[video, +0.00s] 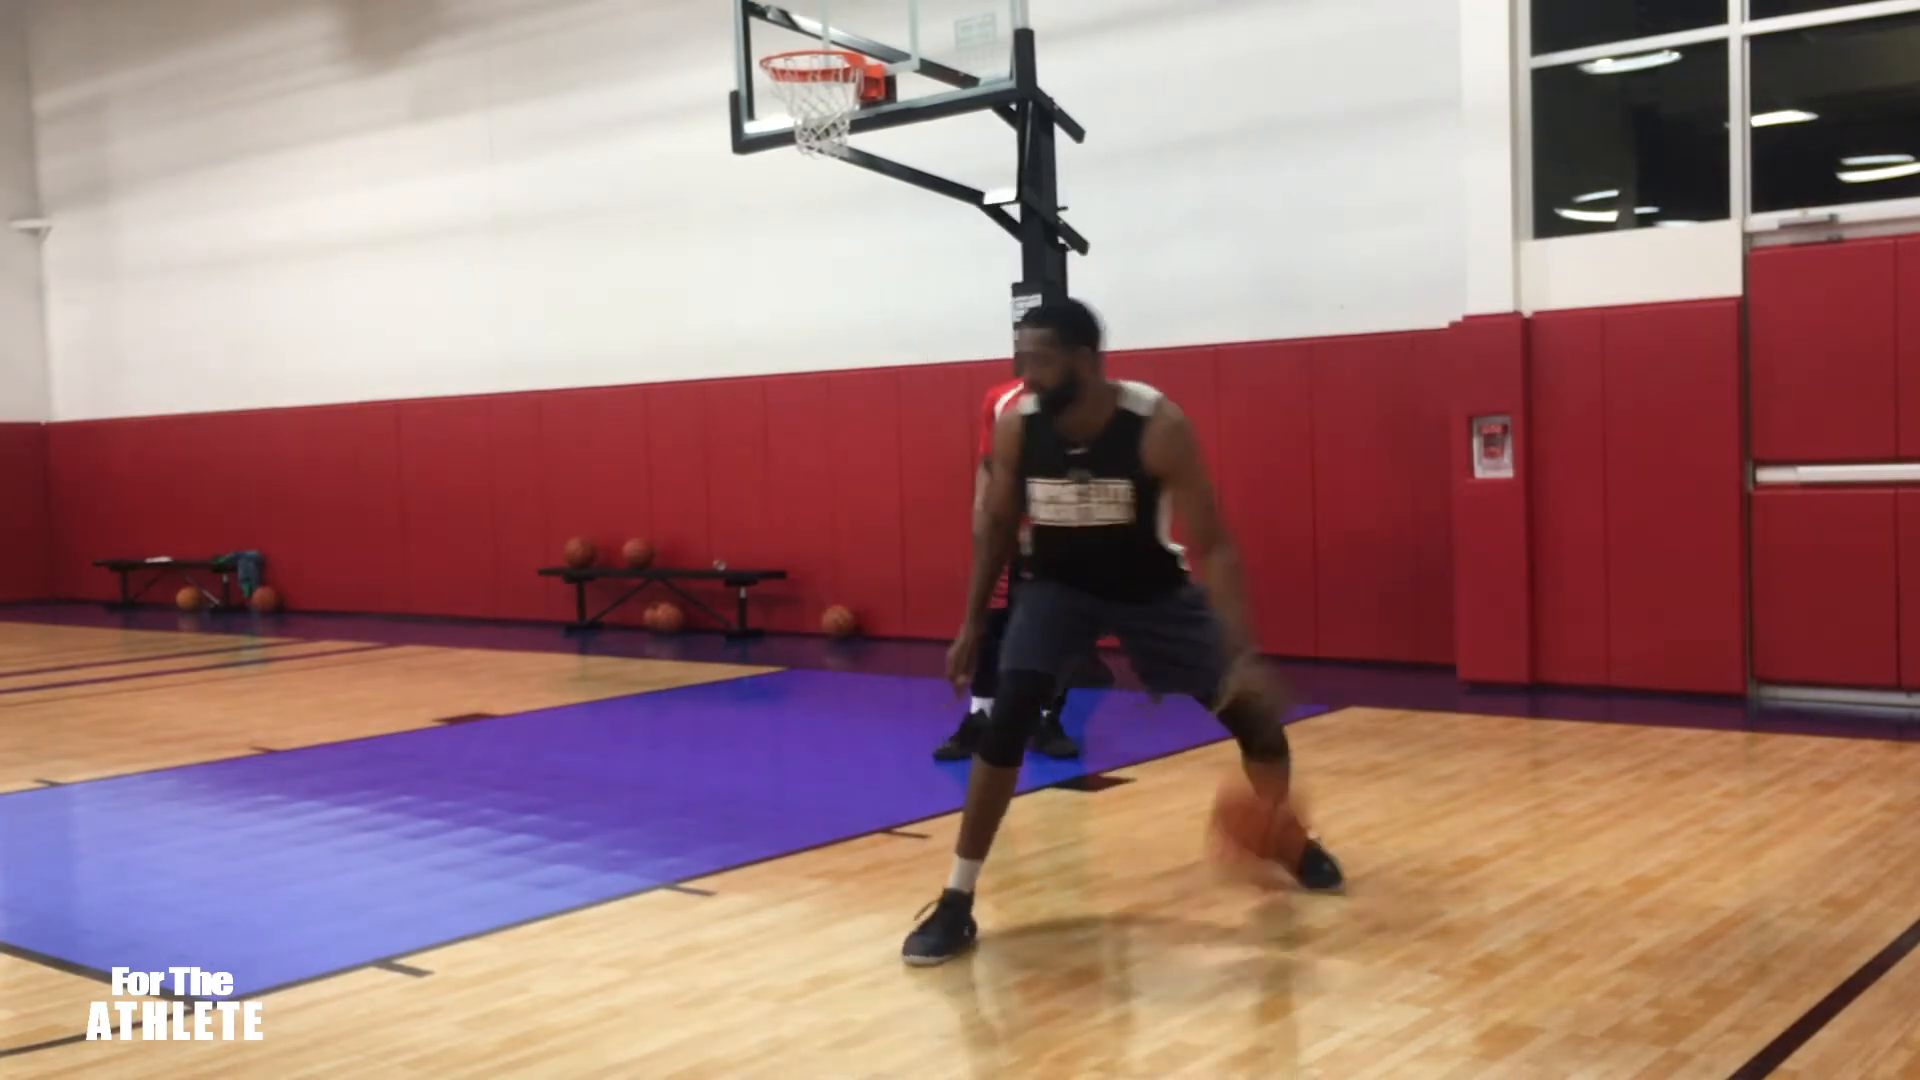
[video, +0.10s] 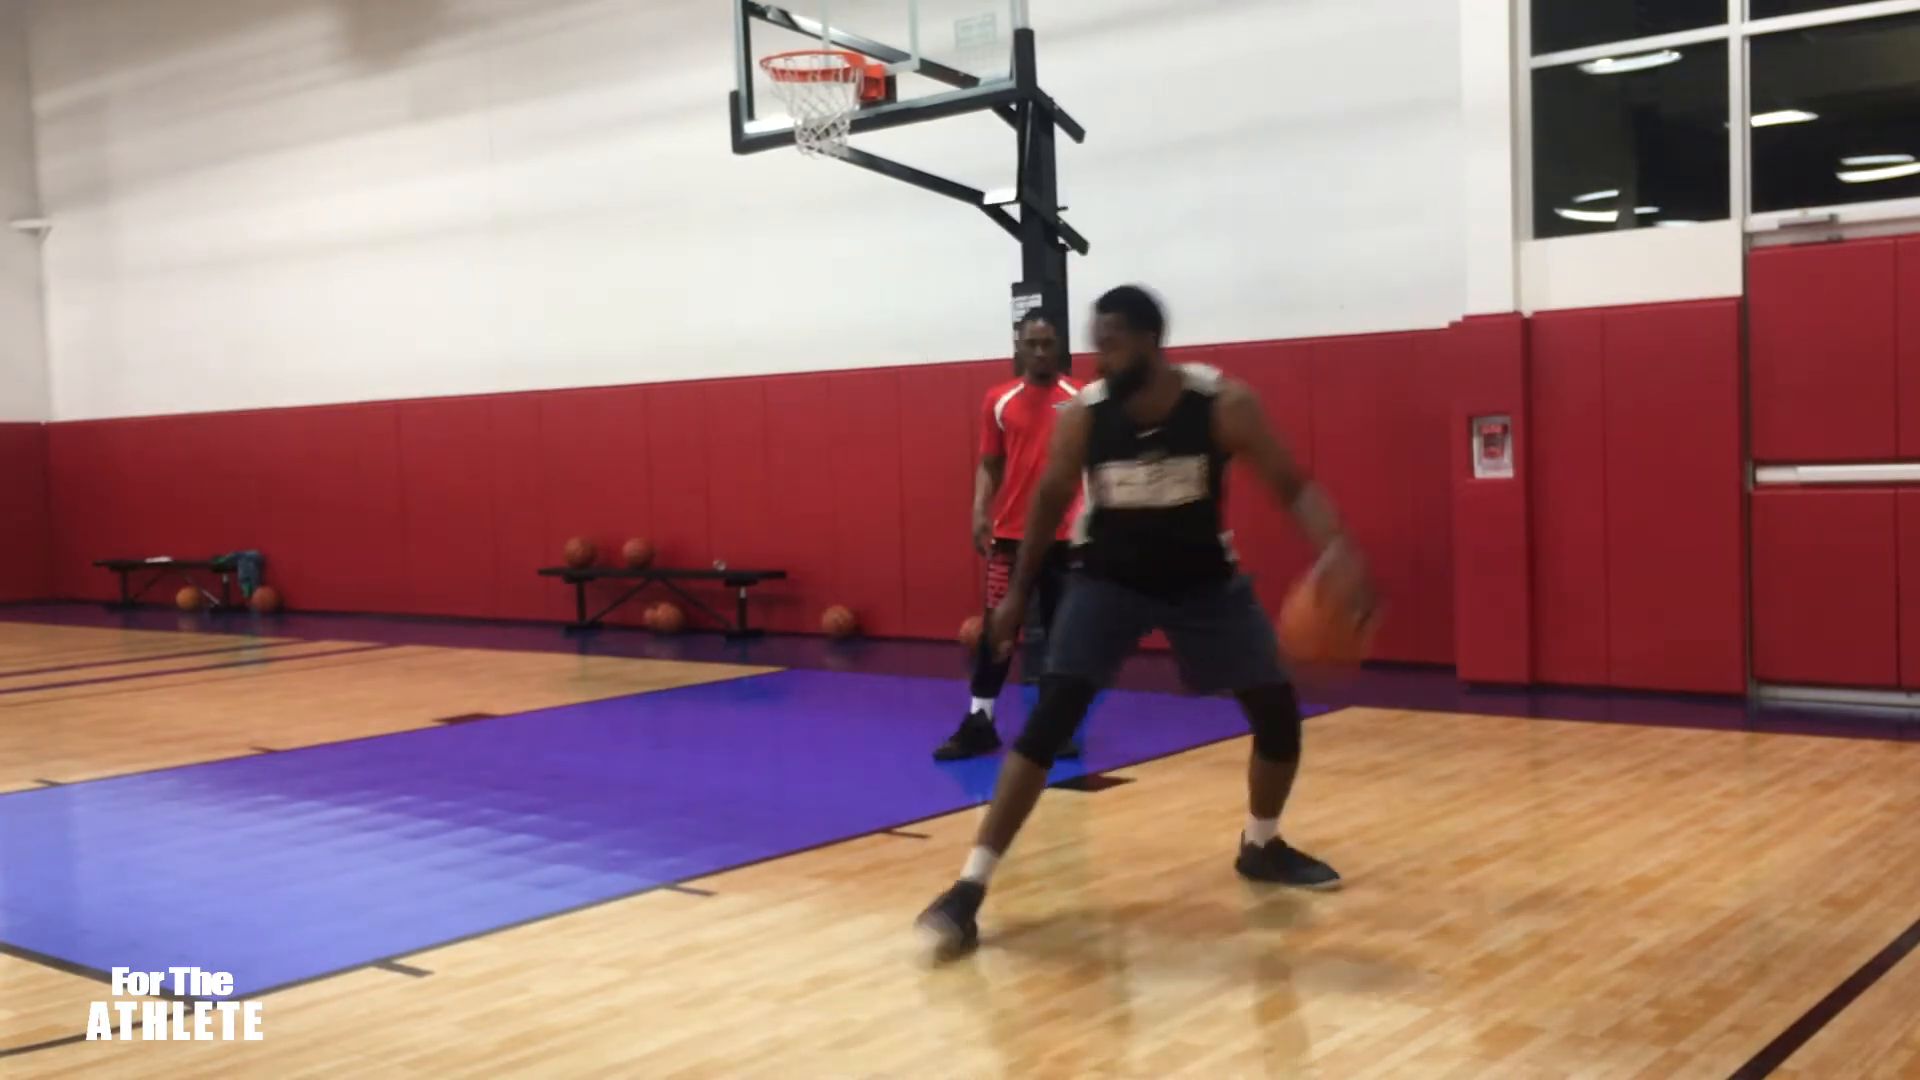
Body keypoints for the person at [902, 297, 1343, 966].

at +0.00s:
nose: (1025, 371)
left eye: (1037, 359)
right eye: (1021, 358)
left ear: (1084, 360)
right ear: (1024, 360)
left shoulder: (1156, 425)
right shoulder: (1017, 425)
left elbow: (1210, 543)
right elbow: (995, 529)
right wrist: (971, 630)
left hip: (1151, 590)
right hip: (1056, 592)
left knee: (1258, 711)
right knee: (1007, 720)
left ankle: (1283, 833)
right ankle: (956, 901)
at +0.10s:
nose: (1099, 352)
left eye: (1112, 339)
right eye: (1096, 339)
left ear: (1152, 340)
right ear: (1094, 343)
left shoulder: (1220, 404)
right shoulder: (1085, 416)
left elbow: (1292, 486)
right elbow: (1048, 506)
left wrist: (1339, 555)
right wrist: (1015, 594)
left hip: (1205, 582)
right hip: (1109, 584)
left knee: (1279, 716)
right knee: (1052, 717)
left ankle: (1262, 846)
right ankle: (970, 888)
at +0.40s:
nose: (1218, 263)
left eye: (1229, 249)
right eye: (1210, 251)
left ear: (1266, 243)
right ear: (1207, 250)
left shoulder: (1328, 292)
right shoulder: (1198, 330)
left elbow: (1384, 346)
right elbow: (1161, 422)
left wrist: (1429, 344)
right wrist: (1149, 522)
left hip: (1311, 504)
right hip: (1231, 510)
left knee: (1306, 655)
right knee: (1235, 653)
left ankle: (1292, 817)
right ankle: (1230, 821)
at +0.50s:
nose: (1249, 269)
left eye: (1260, 255)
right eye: (1240, 258)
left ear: (1294, 248)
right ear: (1235, 259)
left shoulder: (1351, 299)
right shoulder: (1225, 336)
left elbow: (1399, 357)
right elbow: (1186, 425)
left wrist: (1410, 341)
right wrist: (1192, 513)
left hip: (1340, 508)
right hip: (1264, 515)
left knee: (1352, 652)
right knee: (1280, 657)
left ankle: (1347, 803)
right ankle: (1288, 819)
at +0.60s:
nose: (1278, 297)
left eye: (1289, 284)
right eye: (1270, 285)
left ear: (1324, 277)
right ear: (1266, 284)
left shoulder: (1376, 332)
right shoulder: (1255, 361)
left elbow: (1452, 394)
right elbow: (1212, 447)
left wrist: (1402, 377)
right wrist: (1224, 509)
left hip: (1367, 519)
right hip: (1289, 528)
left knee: (1410, 651)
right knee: (1294, 662)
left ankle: (1417, 785)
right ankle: (1287, 822)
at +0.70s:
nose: (1317, 326)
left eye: (1328, 312)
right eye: (1309, 313)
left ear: (1361, 305)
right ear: (1301, 311)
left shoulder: (1411, 361)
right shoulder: (1287, 377)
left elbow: (1482, 438)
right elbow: (1252, 465)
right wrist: (1262, 522)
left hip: (1391, 507)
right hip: (1312, 517)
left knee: (1451, 637)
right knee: (1295, 657)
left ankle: (1490, 769)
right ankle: (1283, 820)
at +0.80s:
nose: (1362, 375)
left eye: (1374, 364)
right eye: (1355, 363)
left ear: (1404, 358)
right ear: (1347, 358)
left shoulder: (1448, 409)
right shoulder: (1325, 408)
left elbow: (1479, 513)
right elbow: (1311, 503)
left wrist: (1492, 619)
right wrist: (1322, 577)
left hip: (1418, 536)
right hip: (1338, 537)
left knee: (1490, 655)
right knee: (1291, 632)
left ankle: (1558, 776)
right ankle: (1270, 805)